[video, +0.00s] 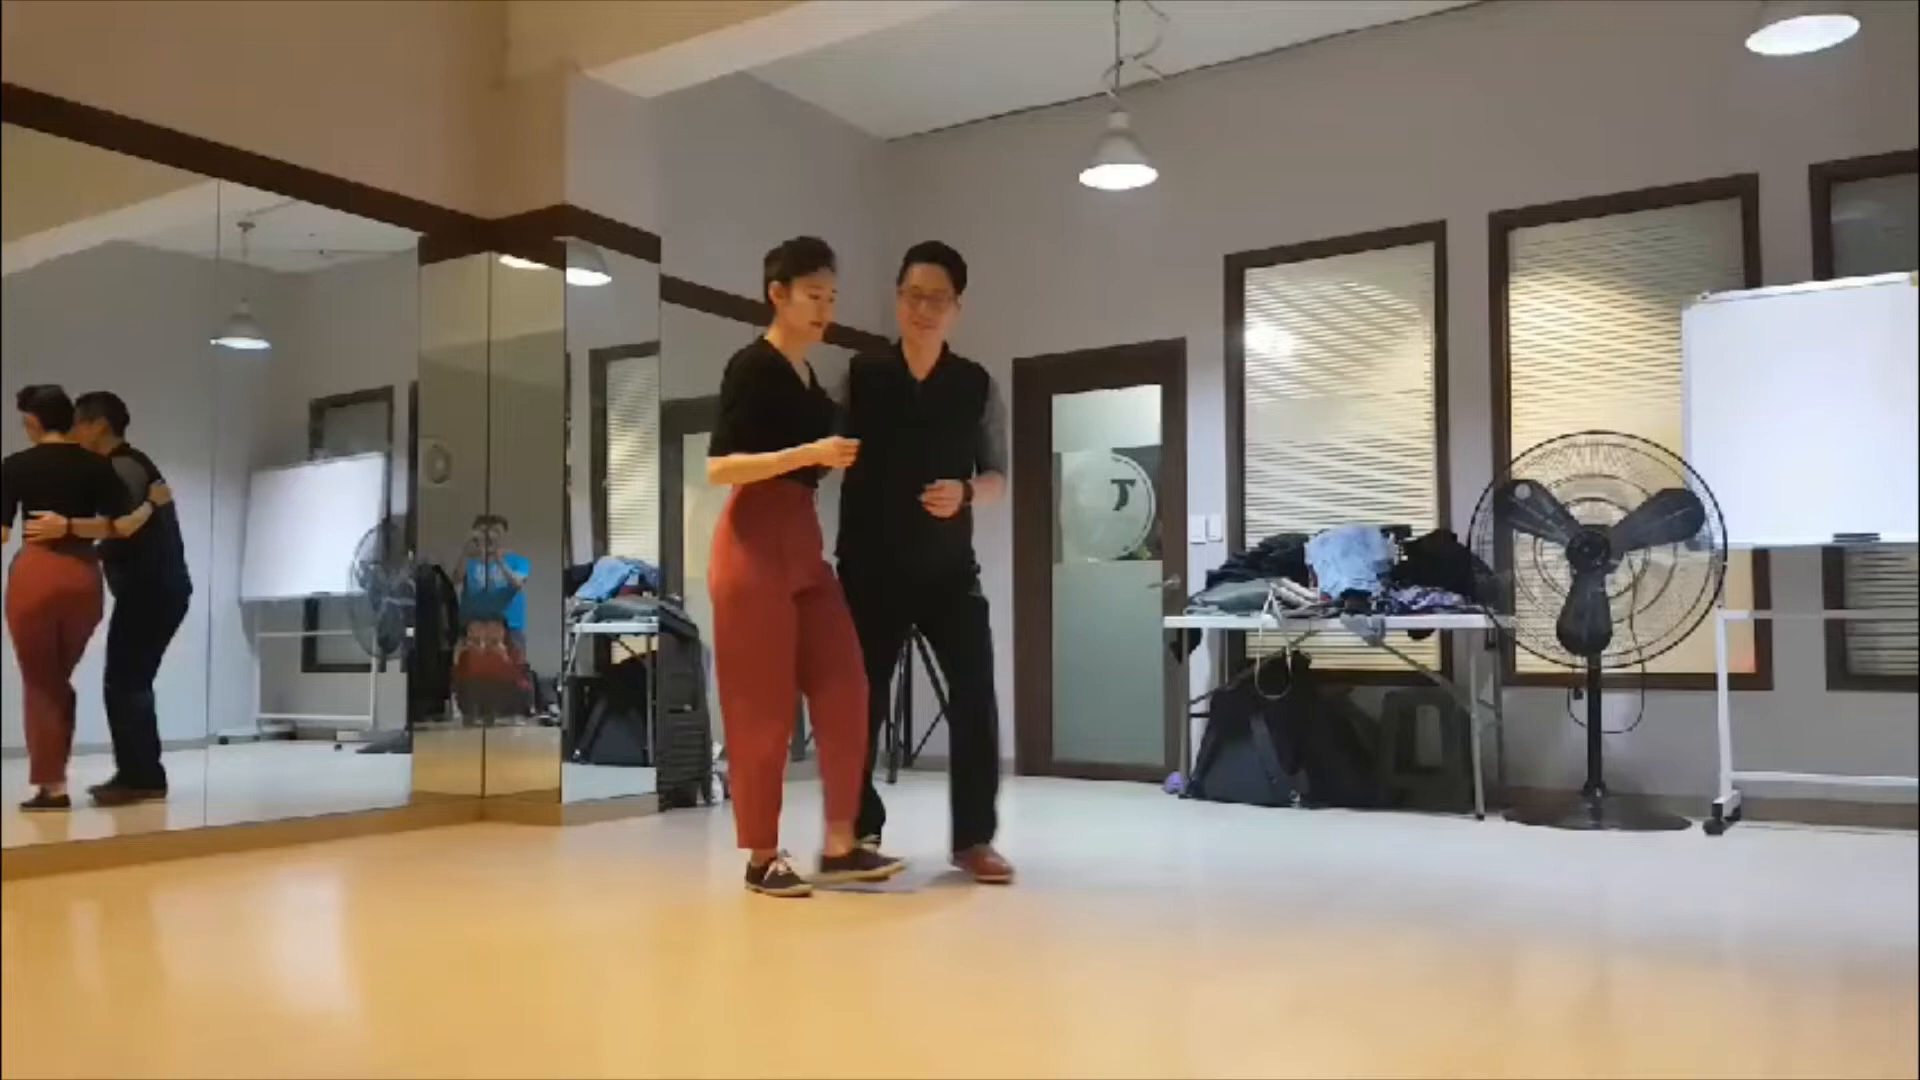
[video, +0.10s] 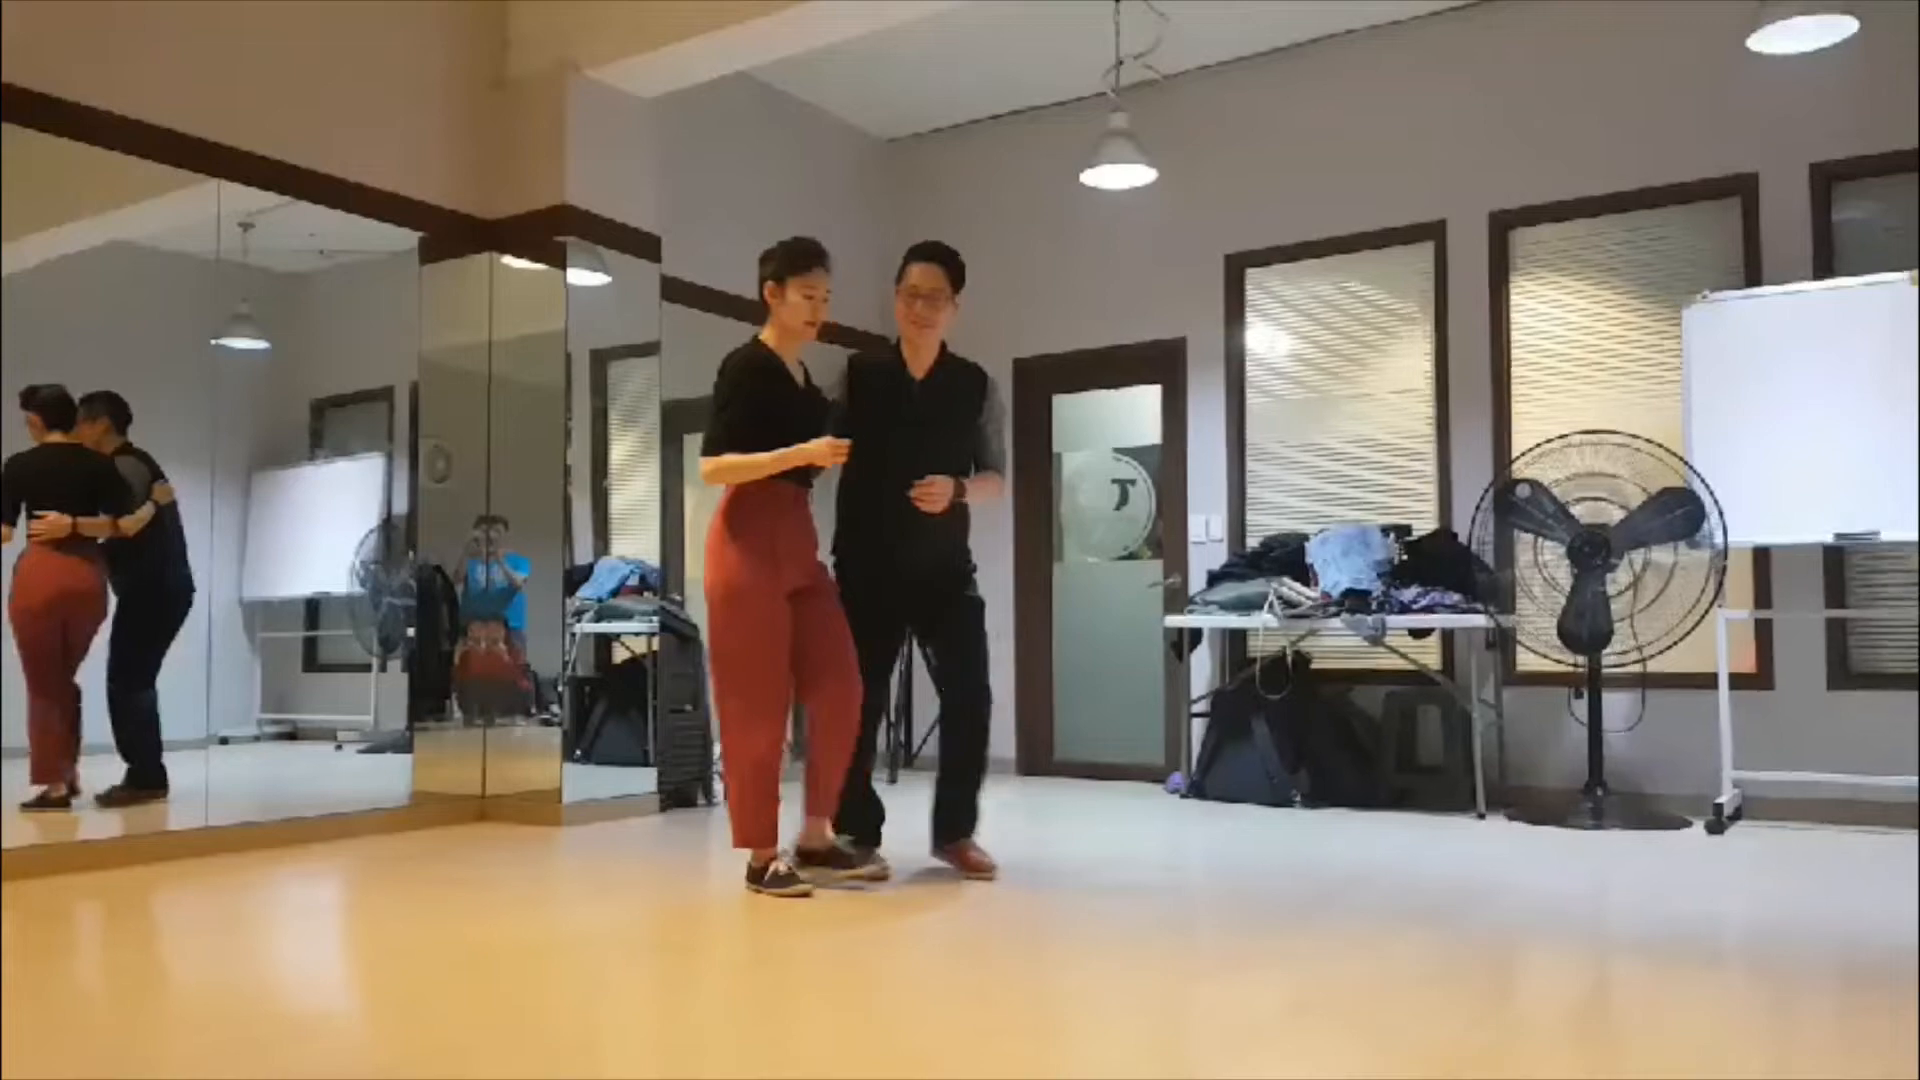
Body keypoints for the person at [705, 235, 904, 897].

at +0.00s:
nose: (825, 307)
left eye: (830, 295)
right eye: (813, 294)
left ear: (830, 301)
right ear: (778, 294)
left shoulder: (808, 377)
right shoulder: (751, 366)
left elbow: (790, 463)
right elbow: (719, 467)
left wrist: (828, 458)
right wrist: (810, 452)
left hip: (802, 547)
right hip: (751, 548)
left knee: (845, 688)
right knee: (763, 700)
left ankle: (841, 845)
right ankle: (763, 856)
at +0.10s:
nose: (818, 309)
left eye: (824, 297)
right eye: (807, 295)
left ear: (826, 301)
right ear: (772, 295)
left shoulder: (803, 380)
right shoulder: (745, 366)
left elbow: (788, 468)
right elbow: (713, 465)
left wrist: (826, 458)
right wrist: (802, 454)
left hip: (796, 542)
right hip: (746, 545)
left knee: (839, 687)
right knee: (759, 694)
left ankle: (817, 840)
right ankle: (761, 858)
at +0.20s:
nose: (806, 310)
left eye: (813, 298)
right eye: (795, 296)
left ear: (815, 304)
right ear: (759, 297)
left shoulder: (797, 384)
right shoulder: (731, 370)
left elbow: (778, 471)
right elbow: (701, 470)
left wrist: (817, 465)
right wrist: (789, 456)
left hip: (786, 550)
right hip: (734, 553)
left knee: (824, 692)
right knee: (749, 701)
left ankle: (775, 824)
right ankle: (762, 856)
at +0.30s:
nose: (797, 313)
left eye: (802, 302)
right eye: (784, 300)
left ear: (803, 307)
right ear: (749, 300)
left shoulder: (786, 385)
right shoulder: (719, 375)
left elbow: (773, 477)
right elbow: (689, 476)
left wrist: (808, 468)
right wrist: (777, 463)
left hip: (777, 554)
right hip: (725, 554)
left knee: (804, 698)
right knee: (744, 700)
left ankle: (740, 815)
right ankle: (762, 851)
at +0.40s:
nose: (788, 316)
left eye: (792, 305)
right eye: (776, 303)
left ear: (791, 309)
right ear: (739, 302)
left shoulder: (776, 385)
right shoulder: (708, 378)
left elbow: (762, 478)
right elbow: (681, 480)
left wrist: (795, 469)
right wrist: (766, 466)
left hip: (767, 553)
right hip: (715, 553)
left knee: (787, 703)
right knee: (740, 701)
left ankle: (705, 813)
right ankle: (764, 853)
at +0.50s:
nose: (772, 317)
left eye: (778, 306)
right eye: (760, 304)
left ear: (781, 312)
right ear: (725, 305)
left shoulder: (768, 389)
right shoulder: (695, 382)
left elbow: (765, 466)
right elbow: (670, 483)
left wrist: (788, 468)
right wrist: (752, 470)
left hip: (750, 554)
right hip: (698, 554)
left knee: (751, 693)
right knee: (733, 695)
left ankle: (689, 832)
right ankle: (762, 849)